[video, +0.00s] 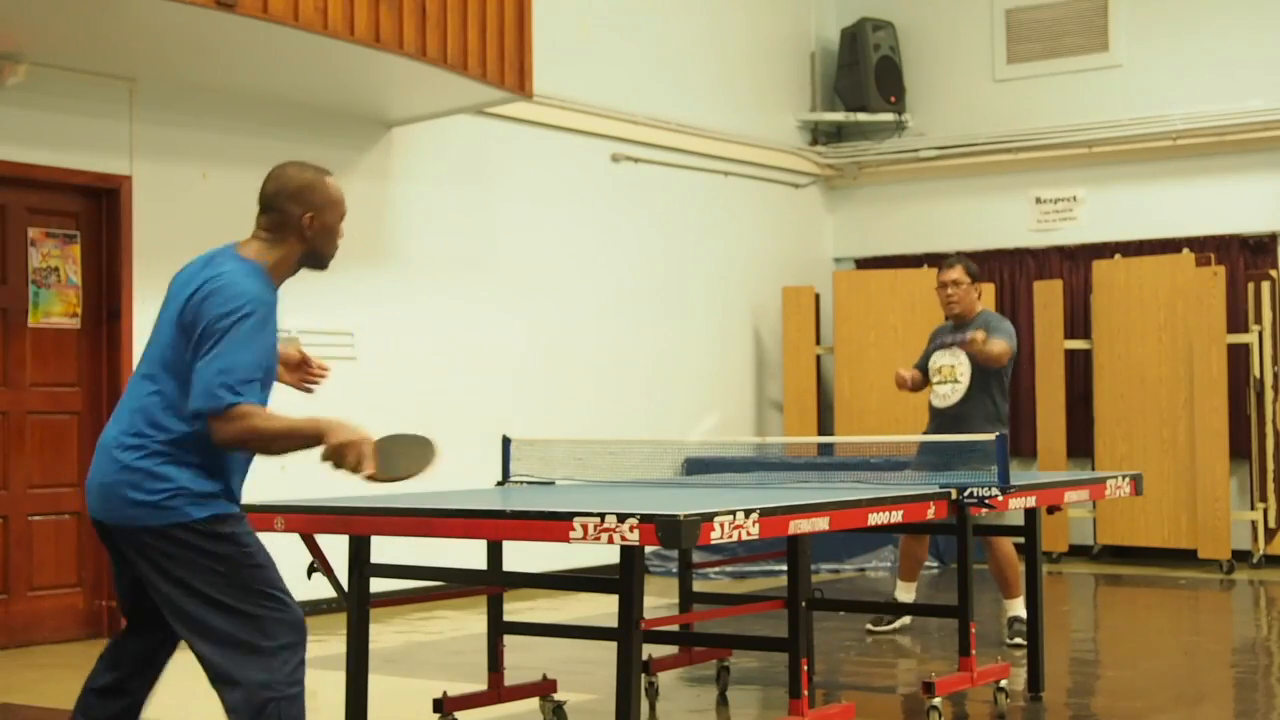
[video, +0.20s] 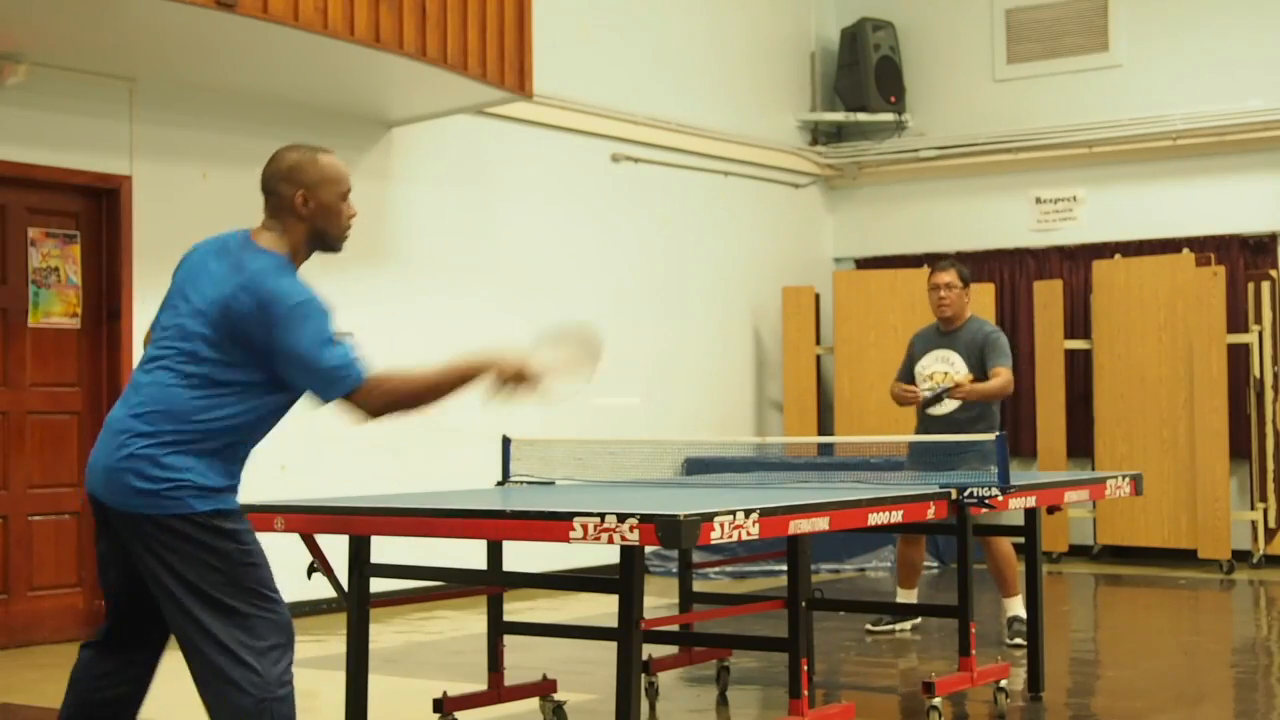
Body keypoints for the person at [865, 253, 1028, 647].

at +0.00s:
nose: (947, 293)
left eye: (955, 285)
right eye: (942, 287)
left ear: (976, 288)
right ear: (937, 292)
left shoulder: (996, 325)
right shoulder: (940, 334)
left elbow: (1000, 354)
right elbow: (923, 374)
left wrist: (979, 349)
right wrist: (909, 378)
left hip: (982, 444)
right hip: (937, 444)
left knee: (993, 527)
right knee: (915, 519)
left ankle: (1017, 614)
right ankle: (902, 604)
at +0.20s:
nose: (941, 296)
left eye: (949, 288)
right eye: (935, 289)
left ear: (967, 293)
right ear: (928, 295)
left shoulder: (988, 336)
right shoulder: (921, 340)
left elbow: (1004, 383)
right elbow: (898, 389)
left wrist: (971, 391)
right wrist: (908, 395)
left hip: (975, 449)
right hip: (926, 450)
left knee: (989, 527)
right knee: (910, 525)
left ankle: (1016, 614)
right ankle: (905, 610)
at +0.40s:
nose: (939, 299)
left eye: (947, 291)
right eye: (933, 292)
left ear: (965, 294)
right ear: (926, 298)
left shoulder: (988, 336)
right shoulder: (917, 339)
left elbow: (1014, 382)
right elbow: (891, 384)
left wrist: (974, 399)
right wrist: (895, 396)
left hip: (977, 450)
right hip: (925, 450)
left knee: (997, 526)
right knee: (910, 525)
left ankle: (1025, 611)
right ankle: (904, 610)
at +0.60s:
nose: (945, 311)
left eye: (953, 303)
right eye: (939, 304)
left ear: (972, 305)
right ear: (934, 309)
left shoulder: (999, 342)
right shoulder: (931, 348)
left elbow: (1027, 388)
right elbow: (914, 393)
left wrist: (981, 418)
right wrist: (904, 416)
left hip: (986, 459)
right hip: (937, 457)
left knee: (1002, 533)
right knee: (913, 524)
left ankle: (1026, 614)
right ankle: (906, 611)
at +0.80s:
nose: (936, 305)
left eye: (944, 297)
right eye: (931, 300)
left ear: (966, 299)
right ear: (927, 306)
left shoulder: (995, 341)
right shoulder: (932, 346)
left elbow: (1003, 399)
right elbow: (921, 392)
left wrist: (964, 437)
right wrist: (905, 415)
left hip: (986, 452)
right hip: (939, 450)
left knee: (1001, 529)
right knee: (915, 521)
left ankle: (1024, 614)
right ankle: (908, 609)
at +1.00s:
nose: (910, 307)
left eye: (918, 299)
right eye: (905, 301)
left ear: (942, 300)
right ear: (903, 306)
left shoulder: (968, 341)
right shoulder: (913, 346)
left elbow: (967, 401)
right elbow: (889, 391)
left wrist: (931, 444)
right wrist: (875, 367)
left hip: (970, 452)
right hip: (925, 453)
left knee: (991, 531)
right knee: (903, 524)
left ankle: (1024, 614)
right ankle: (909, 611)